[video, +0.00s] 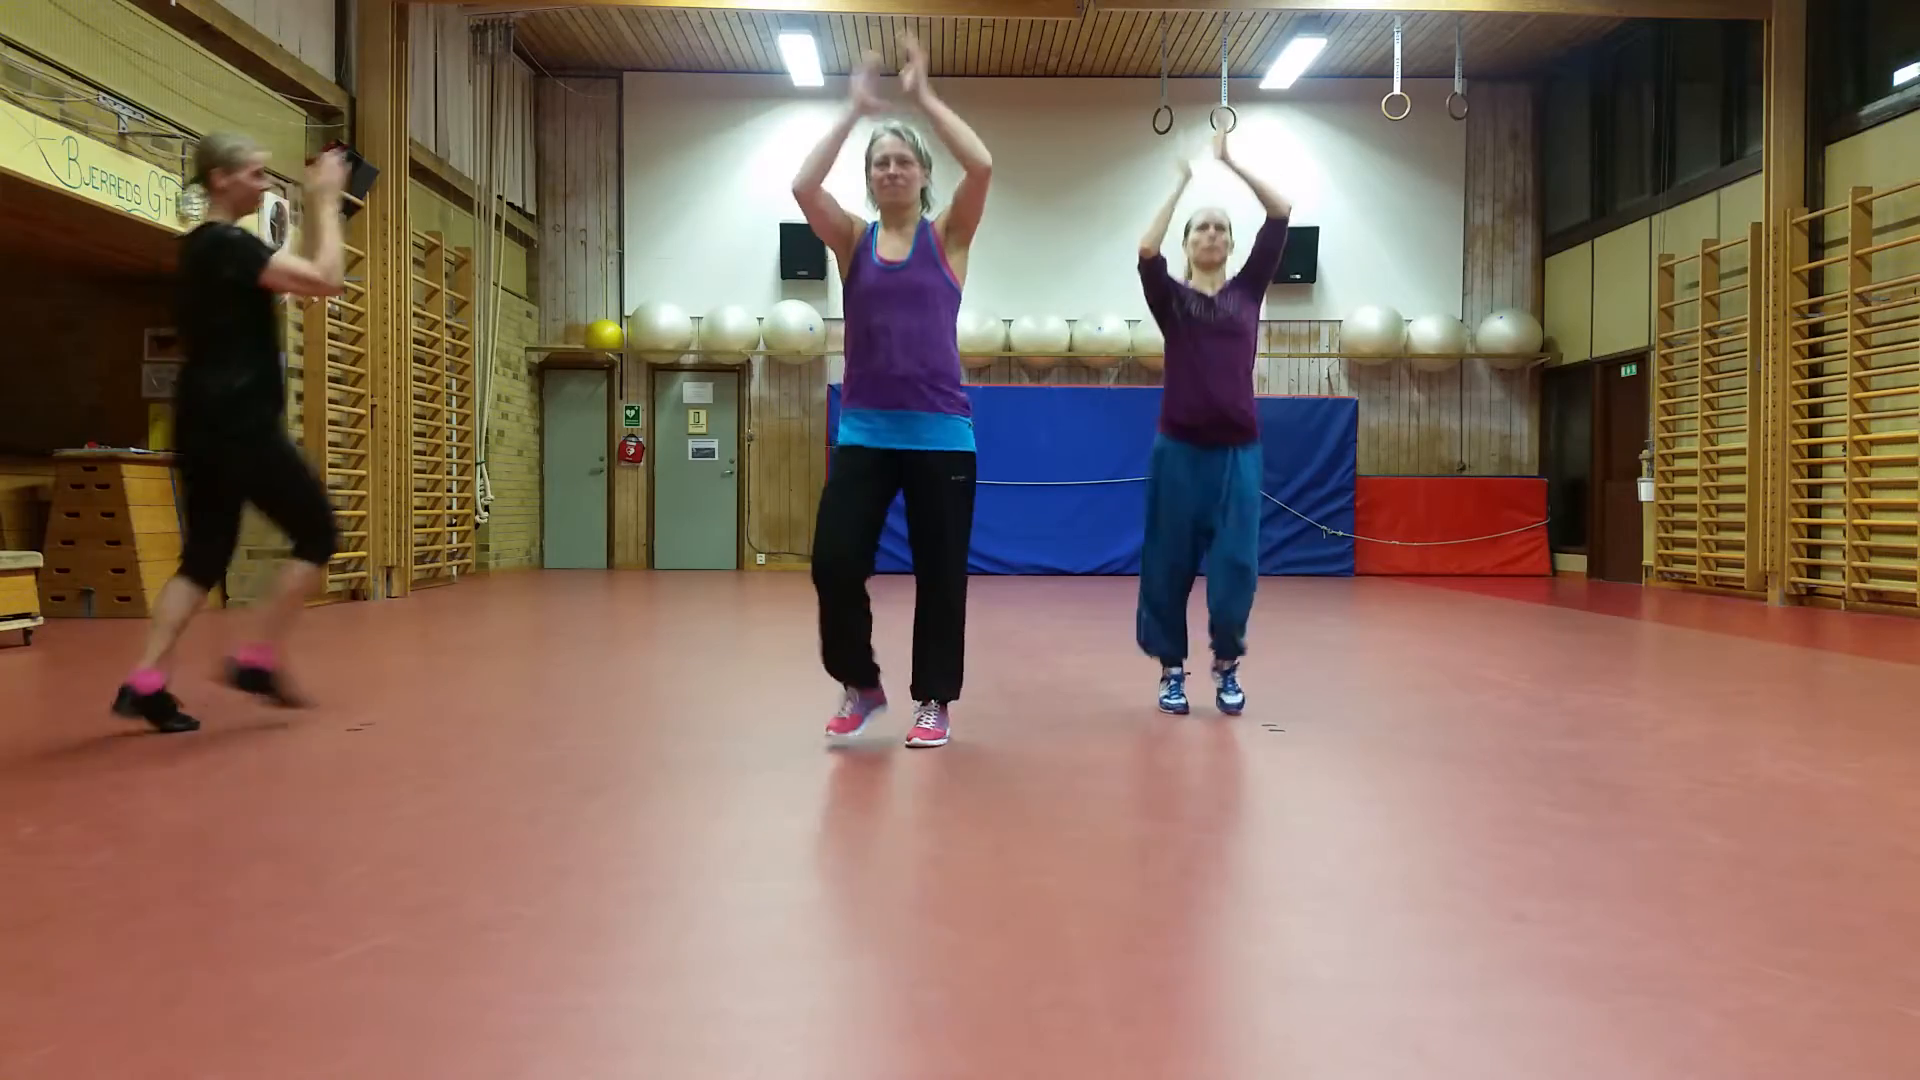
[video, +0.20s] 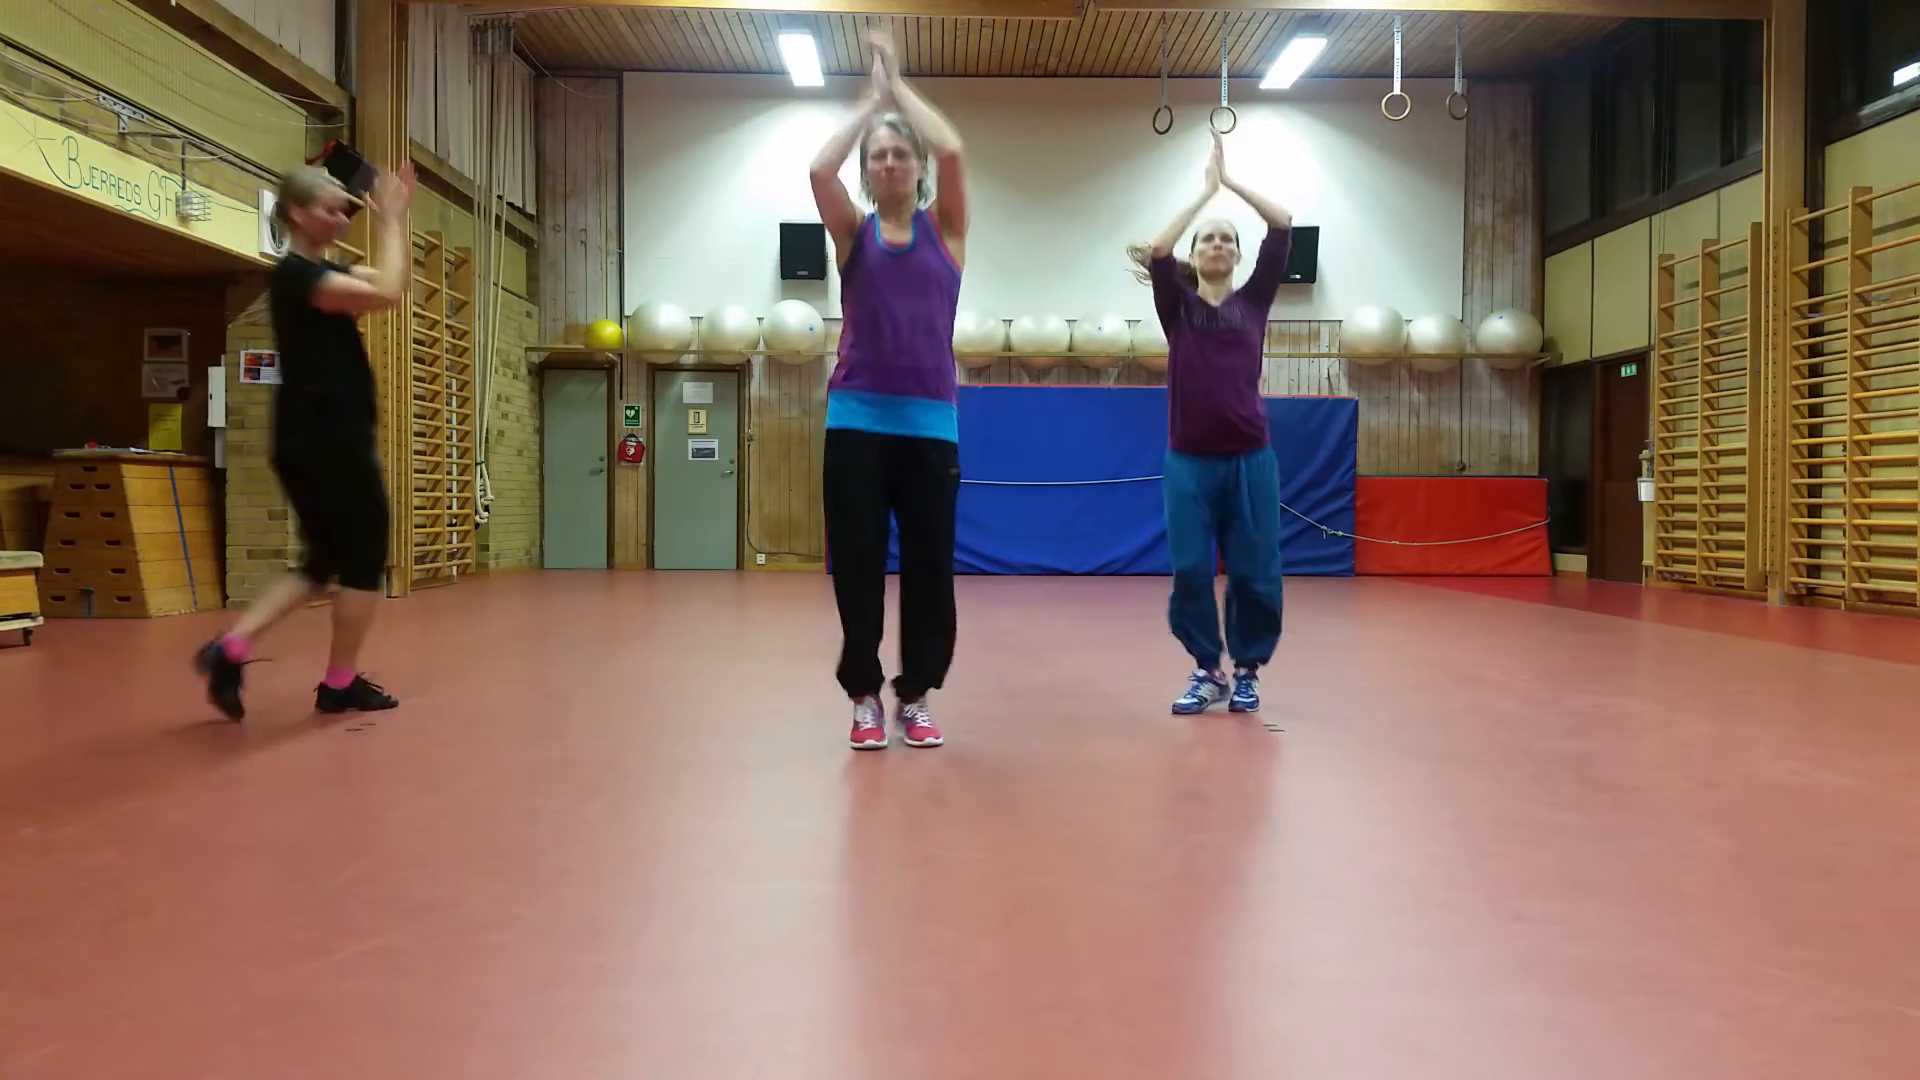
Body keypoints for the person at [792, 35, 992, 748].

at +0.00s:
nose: (891, 169)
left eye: (902, 160)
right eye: (879, 162)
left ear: (923, 175)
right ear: (867, 177)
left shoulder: (948, 236)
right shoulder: (853, 239)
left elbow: (981, 167)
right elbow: (804, 188)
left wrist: (923, 96)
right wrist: (855, 112)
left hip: (941, 428)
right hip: (865, 428)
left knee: (941, 572)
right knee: (834, 564)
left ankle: (934, 703)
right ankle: (862, 689)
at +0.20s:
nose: (888, 162)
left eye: (898, 154)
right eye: (877, 155)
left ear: (919, 167)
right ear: (865, 170)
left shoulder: (945, 231)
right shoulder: (854, 232)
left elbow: (951, 150)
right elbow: (822, 173)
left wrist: (896, 84)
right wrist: (869, 101)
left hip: (929, 421)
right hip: (858, 418)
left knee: (928, 566)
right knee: (858, 565)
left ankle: (915, 698)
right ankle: (865, 698)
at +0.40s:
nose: (887, 167)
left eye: (898, 159)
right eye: (875, 160)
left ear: (916, 174)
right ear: (860, 175)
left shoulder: (940, 237)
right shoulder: (845, 240)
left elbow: (979, 169)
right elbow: (804, 186)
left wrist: (925, 92)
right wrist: (851, 109)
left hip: (927, 427)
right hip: (854, 425)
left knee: (955, 558)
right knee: (855, 568)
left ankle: (918, 684)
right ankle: (866, 703)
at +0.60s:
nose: (892, 158)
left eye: (902, 151)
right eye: (881, 151)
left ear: (921, 167)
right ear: (865, 167)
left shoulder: (941, 227)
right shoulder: (850, 231)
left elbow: (963, 150)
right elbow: (835, 168)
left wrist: (910, 86)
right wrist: (886, 98)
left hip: (937, 420)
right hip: (864, 422)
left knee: (936, 569)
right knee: (863, 569)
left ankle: (936, 701)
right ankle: (882, 703)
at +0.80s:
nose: (892, 155)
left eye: (904, 147)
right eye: (880, 148)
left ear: (922, 162)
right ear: (866, 164)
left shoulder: (948, 227)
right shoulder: (853, 230)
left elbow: (977, 154)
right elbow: (806, 183)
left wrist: (927, 75)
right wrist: (844, 103)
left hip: (935, 420)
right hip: (861, 417)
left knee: (938, 564)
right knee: (830, 549)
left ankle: (933, 703)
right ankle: (860, 676)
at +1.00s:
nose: (883, 166)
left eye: (894, 157)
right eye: (871, 157)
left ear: (912, 172)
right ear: (855, 172)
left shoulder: (935, 239)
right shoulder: (845, 239)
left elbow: (952, 160)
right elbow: (818, 180)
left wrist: (898, 93)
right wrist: (867, 103)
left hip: (921, 425)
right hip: (849, 421)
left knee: (921, 571)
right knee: (849, 565)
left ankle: (890, 702)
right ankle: (844, 695)